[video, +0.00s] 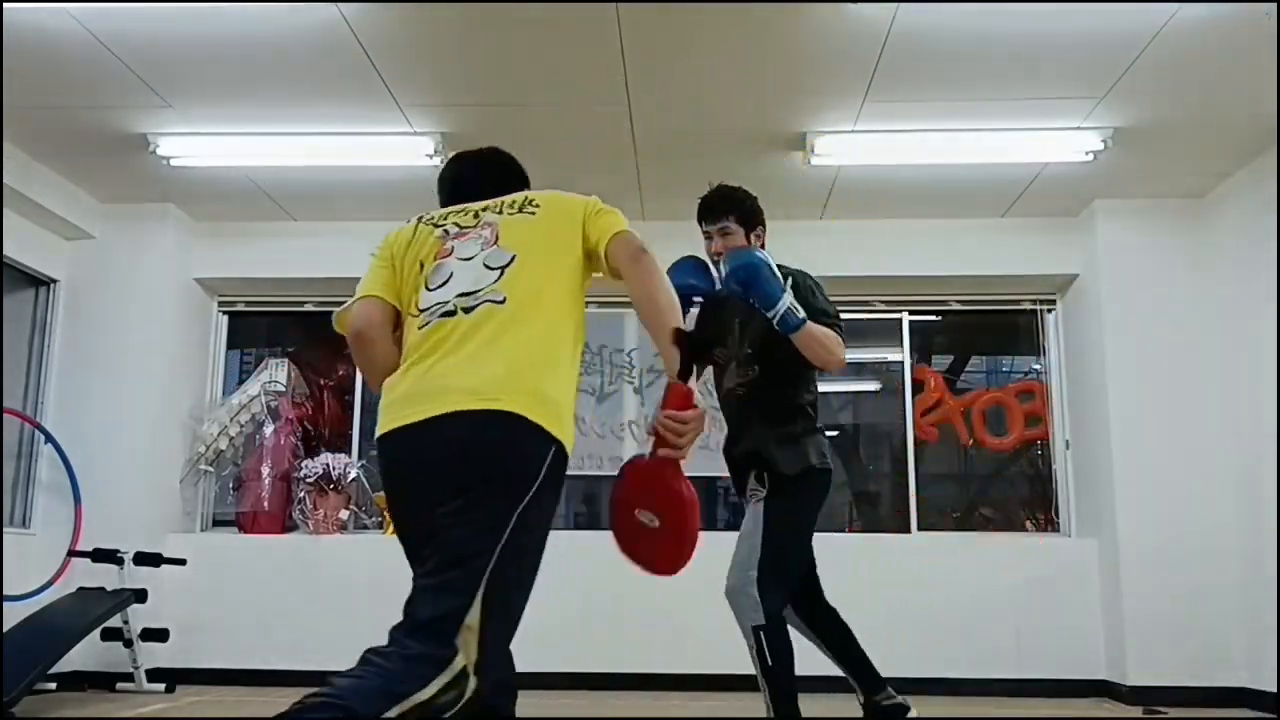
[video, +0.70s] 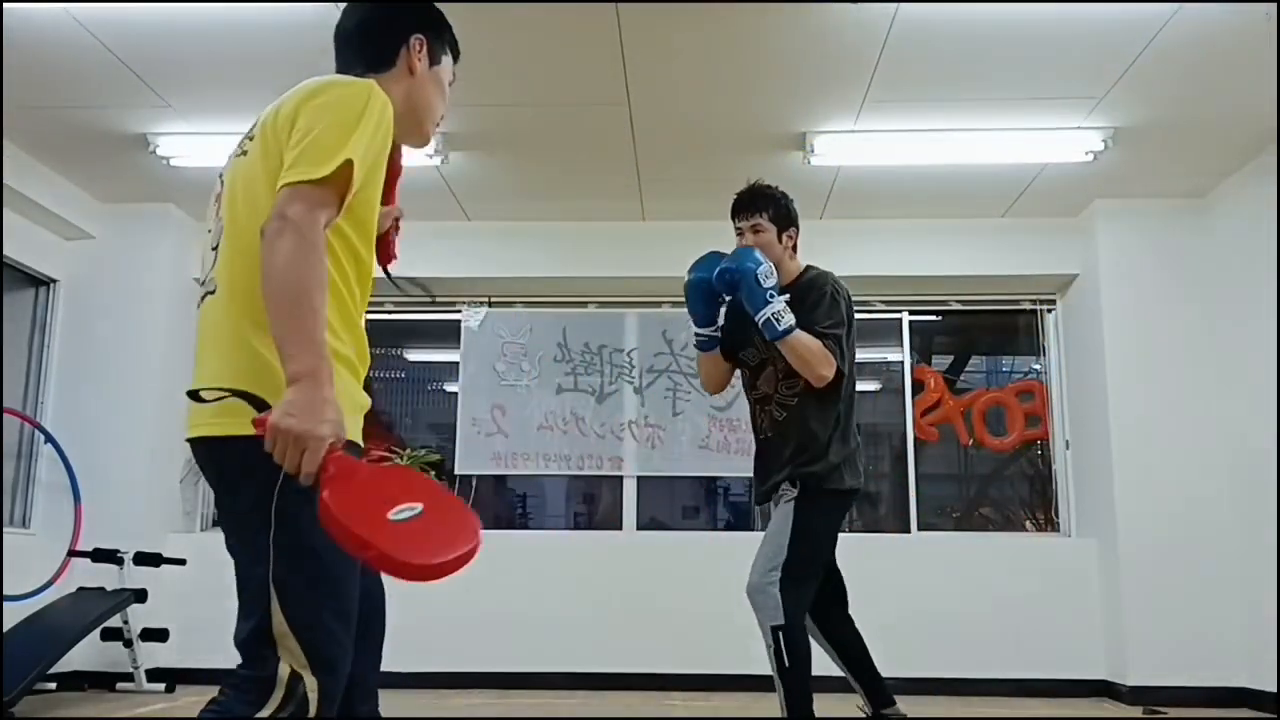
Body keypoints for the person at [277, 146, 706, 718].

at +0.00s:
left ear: (445, 202)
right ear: (525, 188)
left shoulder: (407, 235)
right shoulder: (570, 207)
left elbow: (365, 322)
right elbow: (634, 256)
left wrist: (409, 403)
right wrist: (681, 377)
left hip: (407, 433)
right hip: (515, 423)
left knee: (474, 643)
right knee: (438, 645)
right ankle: (319, 711)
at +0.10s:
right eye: (509, 187)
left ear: (420, 195)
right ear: (500, 182)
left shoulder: (366, 241)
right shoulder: (529, 206)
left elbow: (316, 349)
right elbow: (599, 284)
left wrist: (373, 422)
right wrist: (658, 410)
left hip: (355, 449)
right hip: (461, 436)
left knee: (450, 654)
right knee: (402, 665)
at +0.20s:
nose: (501, 166)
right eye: (500, 158)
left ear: (408, 155)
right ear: (485, 148)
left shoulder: (341, 212)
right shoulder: (488, 171)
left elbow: (270, 337)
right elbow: (514, 278)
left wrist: (338, 417)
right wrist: (584, 419)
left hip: (306, 440)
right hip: (400, 426)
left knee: (418, 653)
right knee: (345, 666)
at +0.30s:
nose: (486, 132)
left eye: (487, 120)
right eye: (487, 116)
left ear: (391, 99)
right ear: (464, 98)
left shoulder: (316, 170)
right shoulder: (442, 128)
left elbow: (235, 298)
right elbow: (431, 243)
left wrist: (310, 378)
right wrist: (495, 398)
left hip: (276, 423)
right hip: (350, 416)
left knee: (391, 640)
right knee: (309, 670)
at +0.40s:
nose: (467, 105)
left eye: (471, 87)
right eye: (470, 81)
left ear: (368, 55)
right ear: (442, 56)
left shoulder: (292, 131)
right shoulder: (404, 92)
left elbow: (215, 267)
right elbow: (370, 218)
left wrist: (338, 334)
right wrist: (430, 373)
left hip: (264, 400)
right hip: (322, 400)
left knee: (383, 621)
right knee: (285, 657)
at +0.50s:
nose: (452, 82)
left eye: (457, 61)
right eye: (454, 55)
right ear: (425, 29)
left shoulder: (285, 110)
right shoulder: (377, 74)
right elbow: (336, 198)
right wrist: (387, 358)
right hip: (292, 399)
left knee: (374, 609)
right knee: (268, 656)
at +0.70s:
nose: (445, 107)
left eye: (450, 85)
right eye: (448, 81)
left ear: (360, 54)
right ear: (416, 56)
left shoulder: (279, 127)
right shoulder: (357, 100)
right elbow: (292, 226)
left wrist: (349, 422)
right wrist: (310, 384)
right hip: (281, 426)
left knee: (357, 638)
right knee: (299, 669)